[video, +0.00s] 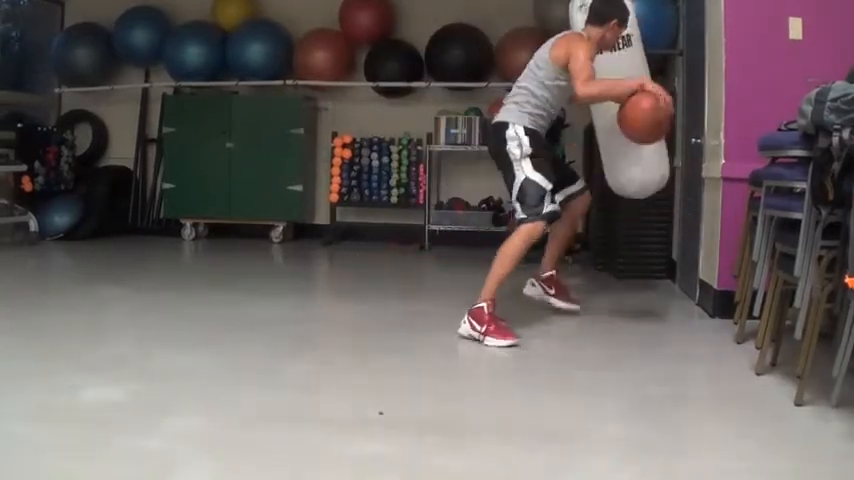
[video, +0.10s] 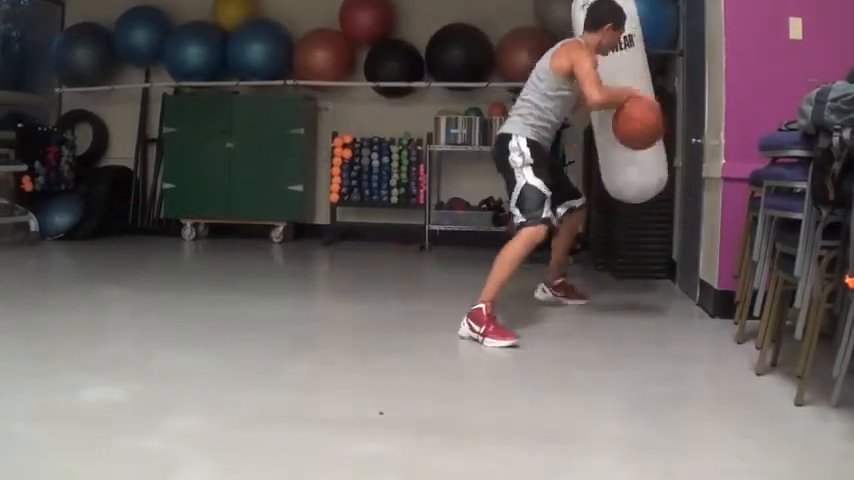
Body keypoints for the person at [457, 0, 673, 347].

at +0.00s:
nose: (619, 43)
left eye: (622, 37)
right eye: (621, 35)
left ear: (598, 23)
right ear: (611, 27)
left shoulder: (575, 45)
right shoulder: (577, 44)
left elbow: (584, 93)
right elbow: (583, 90)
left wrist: (632, 95)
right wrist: (638, 84)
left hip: (534, 132)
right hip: (515, 128)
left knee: (578, 199)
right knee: (537, 218)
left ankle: (545, 278)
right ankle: (481, 311)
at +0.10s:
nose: (621, 42)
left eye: (622, 36)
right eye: (620, 34)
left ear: (598, 26)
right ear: (607, 29)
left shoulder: (576, 51)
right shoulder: (578, 51)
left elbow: (586, 100)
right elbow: (595, 98)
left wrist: (623, 100)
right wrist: (631, 94)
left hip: (538, 145)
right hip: (519, 141)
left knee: (574, 210)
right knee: (535, 227)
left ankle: (553, 283)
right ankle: (480, 314)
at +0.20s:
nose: (621, 56)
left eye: (622, 49)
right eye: (620, 48)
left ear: (598, 45)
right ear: (605, 45)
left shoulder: (575, 67)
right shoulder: (580, 71)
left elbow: (581, 112)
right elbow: (588, 124)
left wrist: (617, 105)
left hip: (539, 159)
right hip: (520, 155)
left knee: (575, 223)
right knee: (550, 229)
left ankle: (551, 286)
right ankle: (488, 306)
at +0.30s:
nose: (621, 69)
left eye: (622, 63)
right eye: (621, 62)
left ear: (597, 56)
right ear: (607, 58)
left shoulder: (573, 74)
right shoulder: (581, 85)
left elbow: (581, 121)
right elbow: (582, 146)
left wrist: (611, 104)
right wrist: (612, 198)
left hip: (541, 166)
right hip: (517, 162)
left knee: (579, 226)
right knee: (552, 230)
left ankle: (552, 285)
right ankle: (499, 313)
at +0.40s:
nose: (614, 63)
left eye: (616, 56)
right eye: (614, 55)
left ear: (593, 51)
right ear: (600, 52)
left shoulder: (574, 77)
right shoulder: (567, 81)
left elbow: (573, 112)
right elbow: (553, 141)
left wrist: (612, 105)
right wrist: (597, 170)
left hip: (539, 167)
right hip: (513, 164)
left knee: (573, 231)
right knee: (553, 230)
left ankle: (553, 286)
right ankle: (496, 315)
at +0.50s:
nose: (601, 42)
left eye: (603, 35)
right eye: (601, 34)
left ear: (583, 26)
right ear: (589, 28)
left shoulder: (567, 58)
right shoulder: (549, 57)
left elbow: (563, 100)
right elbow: (536, 115)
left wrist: (606, 103)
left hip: (530, 156)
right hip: (506, 154)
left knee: (552, 221)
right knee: (552, 234)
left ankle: (550, 282)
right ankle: (494, 316)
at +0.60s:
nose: (586, 16)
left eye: (588, 10)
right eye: (586, 8)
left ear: (565, 3)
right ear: (572, 3)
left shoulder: (546, 28)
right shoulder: (541, 27)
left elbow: (552, 83)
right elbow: (533, 81)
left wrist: (594, 93)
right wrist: (591, 68)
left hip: (519, 136)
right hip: (501, 137)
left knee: (542, 219)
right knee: (550, 233)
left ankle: (532, 285)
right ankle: (494, 316)